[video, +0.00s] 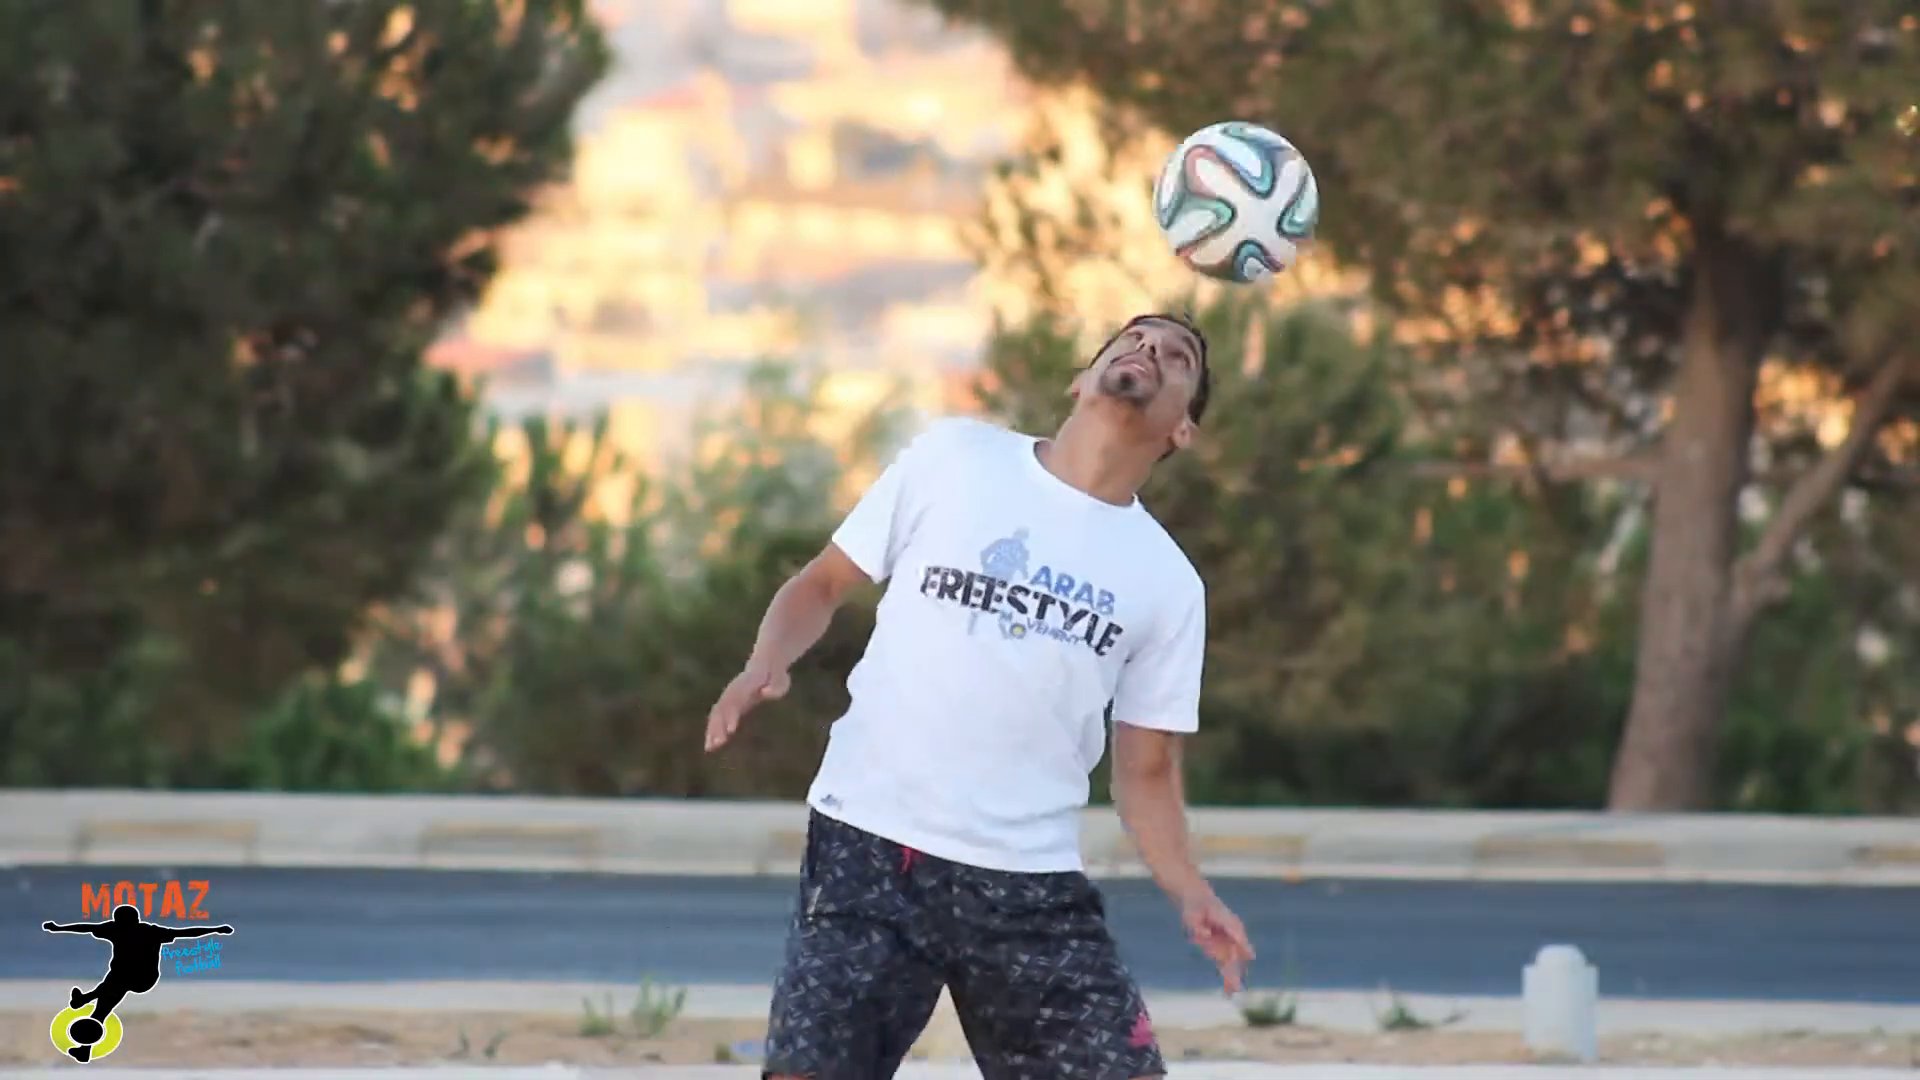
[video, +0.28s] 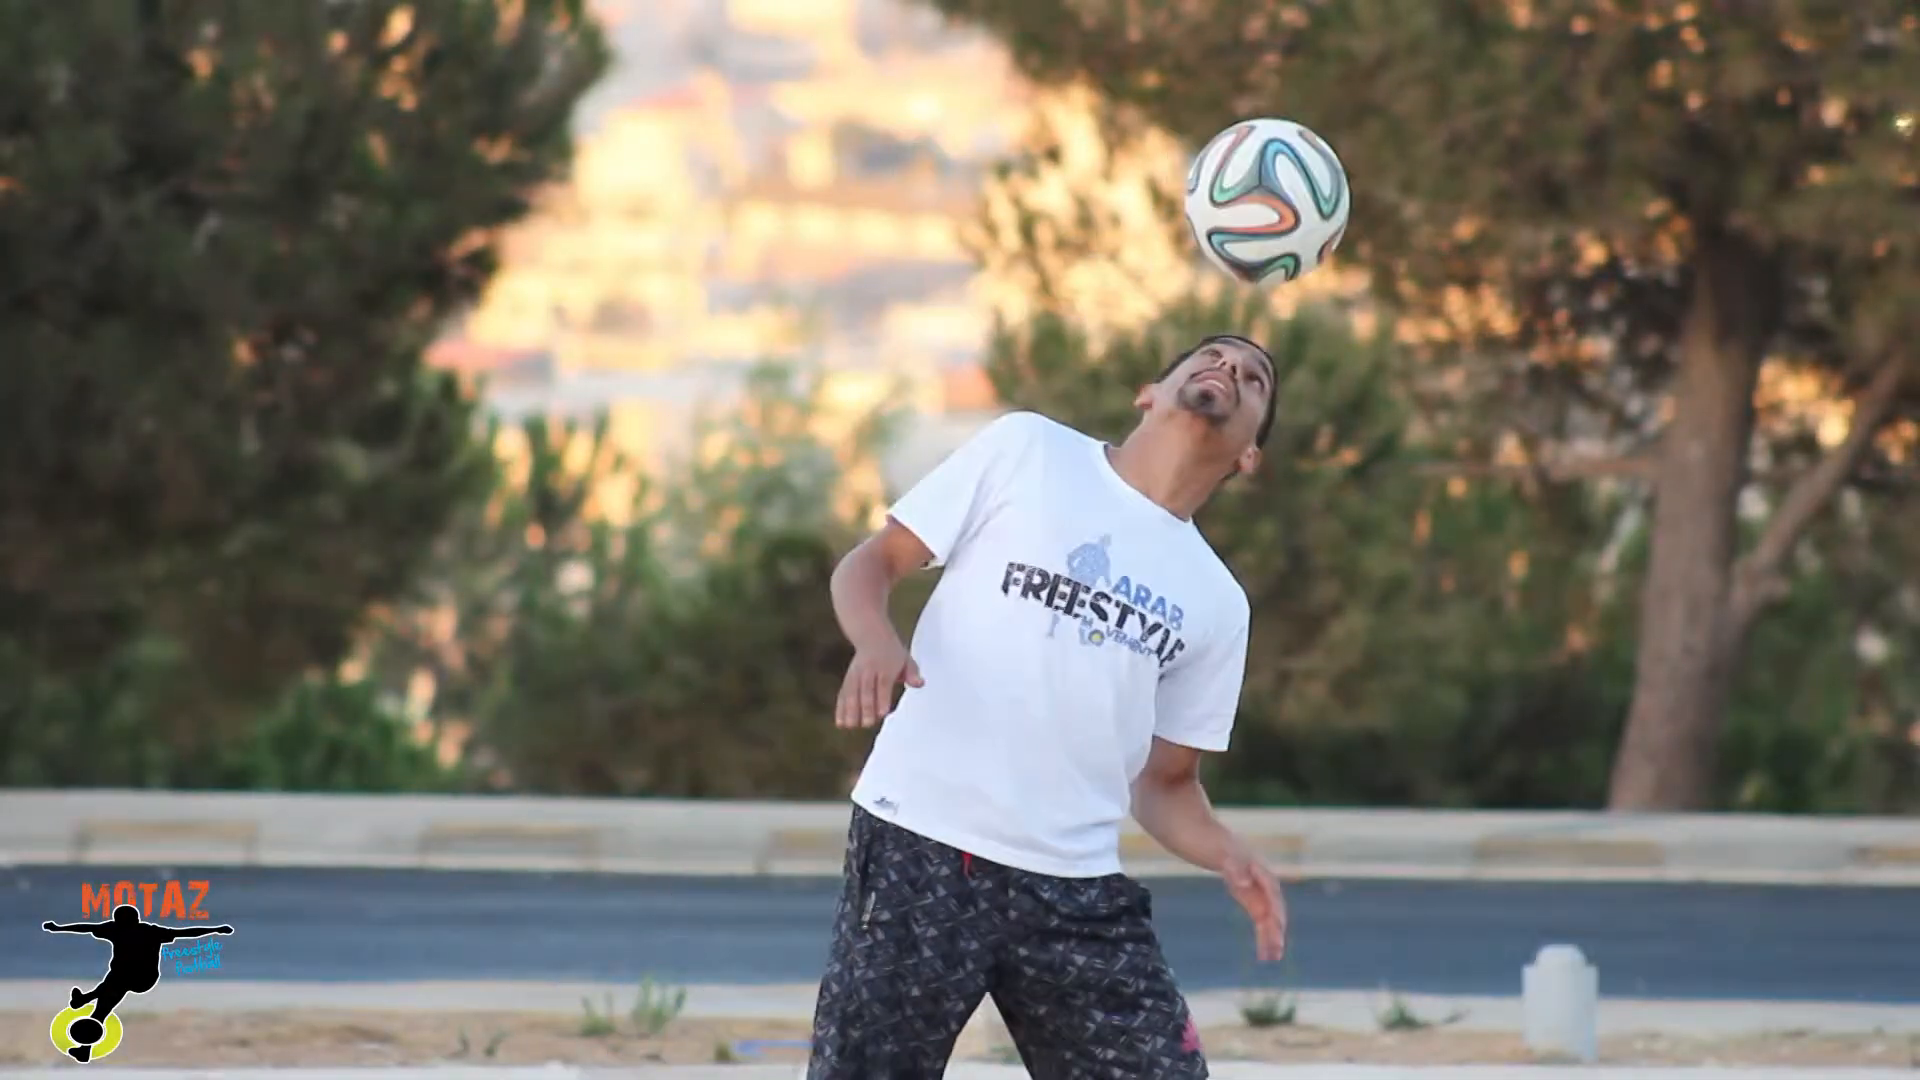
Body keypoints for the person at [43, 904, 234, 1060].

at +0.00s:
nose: (117, 926)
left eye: (117, 922)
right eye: (120, 923)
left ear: (117, 920)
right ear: (137, 918)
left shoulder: (113, 929)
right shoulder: (154, 931)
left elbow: (85, 928)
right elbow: (186, 932)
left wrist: (58, 928)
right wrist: (216, 929)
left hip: (122, 977)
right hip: (148, 981)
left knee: (102, 1010)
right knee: (114, 976)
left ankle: (85, 1048)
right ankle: (83, 999)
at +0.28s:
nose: (118, 926)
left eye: (117, 922)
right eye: (120, 923)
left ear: (117, 920)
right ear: (137, 918)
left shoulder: (113, 929)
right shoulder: (154, 931)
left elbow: (85, 928)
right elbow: (186, 932)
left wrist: (58, 928)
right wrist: (216, 929)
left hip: (122, 977)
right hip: (148, 981)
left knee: (102, 1010)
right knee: (114, 976)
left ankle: (85, 1048)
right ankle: (83, 999)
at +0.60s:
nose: (117, 926)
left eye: (117, 922)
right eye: (119, 923)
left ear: (117, 920)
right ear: (137, 918)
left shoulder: (113, 929)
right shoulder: (154, 931)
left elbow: (86, 928)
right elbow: (187, 933)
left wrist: (58, 927)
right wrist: (216, 929)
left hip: (121, 978)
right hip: (148, 981)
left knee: (102, 1010)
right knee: (113, 978)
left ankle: (85, 1048)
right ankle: (83, 999)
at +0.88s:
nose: (118, 926)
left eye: (117, 922)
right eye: (120, 923)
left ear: (117, 920)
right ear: (137, 918)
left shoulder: (113, 929)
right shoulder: (154, 931)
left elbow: (85, 928)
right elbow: (186, 932)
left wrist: (58, 928)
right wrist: (216, 929)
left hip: (122, 978)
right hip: (148, 981)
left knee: (102, 1010)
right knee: (114, 976)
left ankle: (85, 1048)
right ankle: (83, 999)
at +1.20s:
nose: (118, 926)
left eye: (118, 922)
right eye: (120, 923)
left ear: (117, 920)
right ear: (137, 918)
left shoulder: (113, 929)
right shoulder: (154, 931)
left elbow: (85, 928)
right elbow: (186, 932)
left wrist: (58, 928)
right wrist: (216, 929)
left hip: (122, 977)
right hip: (148, 981)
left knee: (102, 1010)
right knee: (114, 976)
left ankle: (85, 1048)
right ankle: (83, 999)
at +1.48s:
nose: (118, 926)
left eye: (118, 922)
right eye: (120, 923)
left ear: (117, 920)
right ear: (137, 918)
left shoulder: (113, 929)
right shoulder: (154, 931)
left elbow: (85, 928)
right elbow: (186, 932)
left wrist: (58, 928)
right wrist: (216, 929)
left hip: (122, 977)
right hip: (148, 981)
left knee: (102, 1010)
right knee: (114, 976)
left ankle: (85, 1048)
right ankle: (83, 999)